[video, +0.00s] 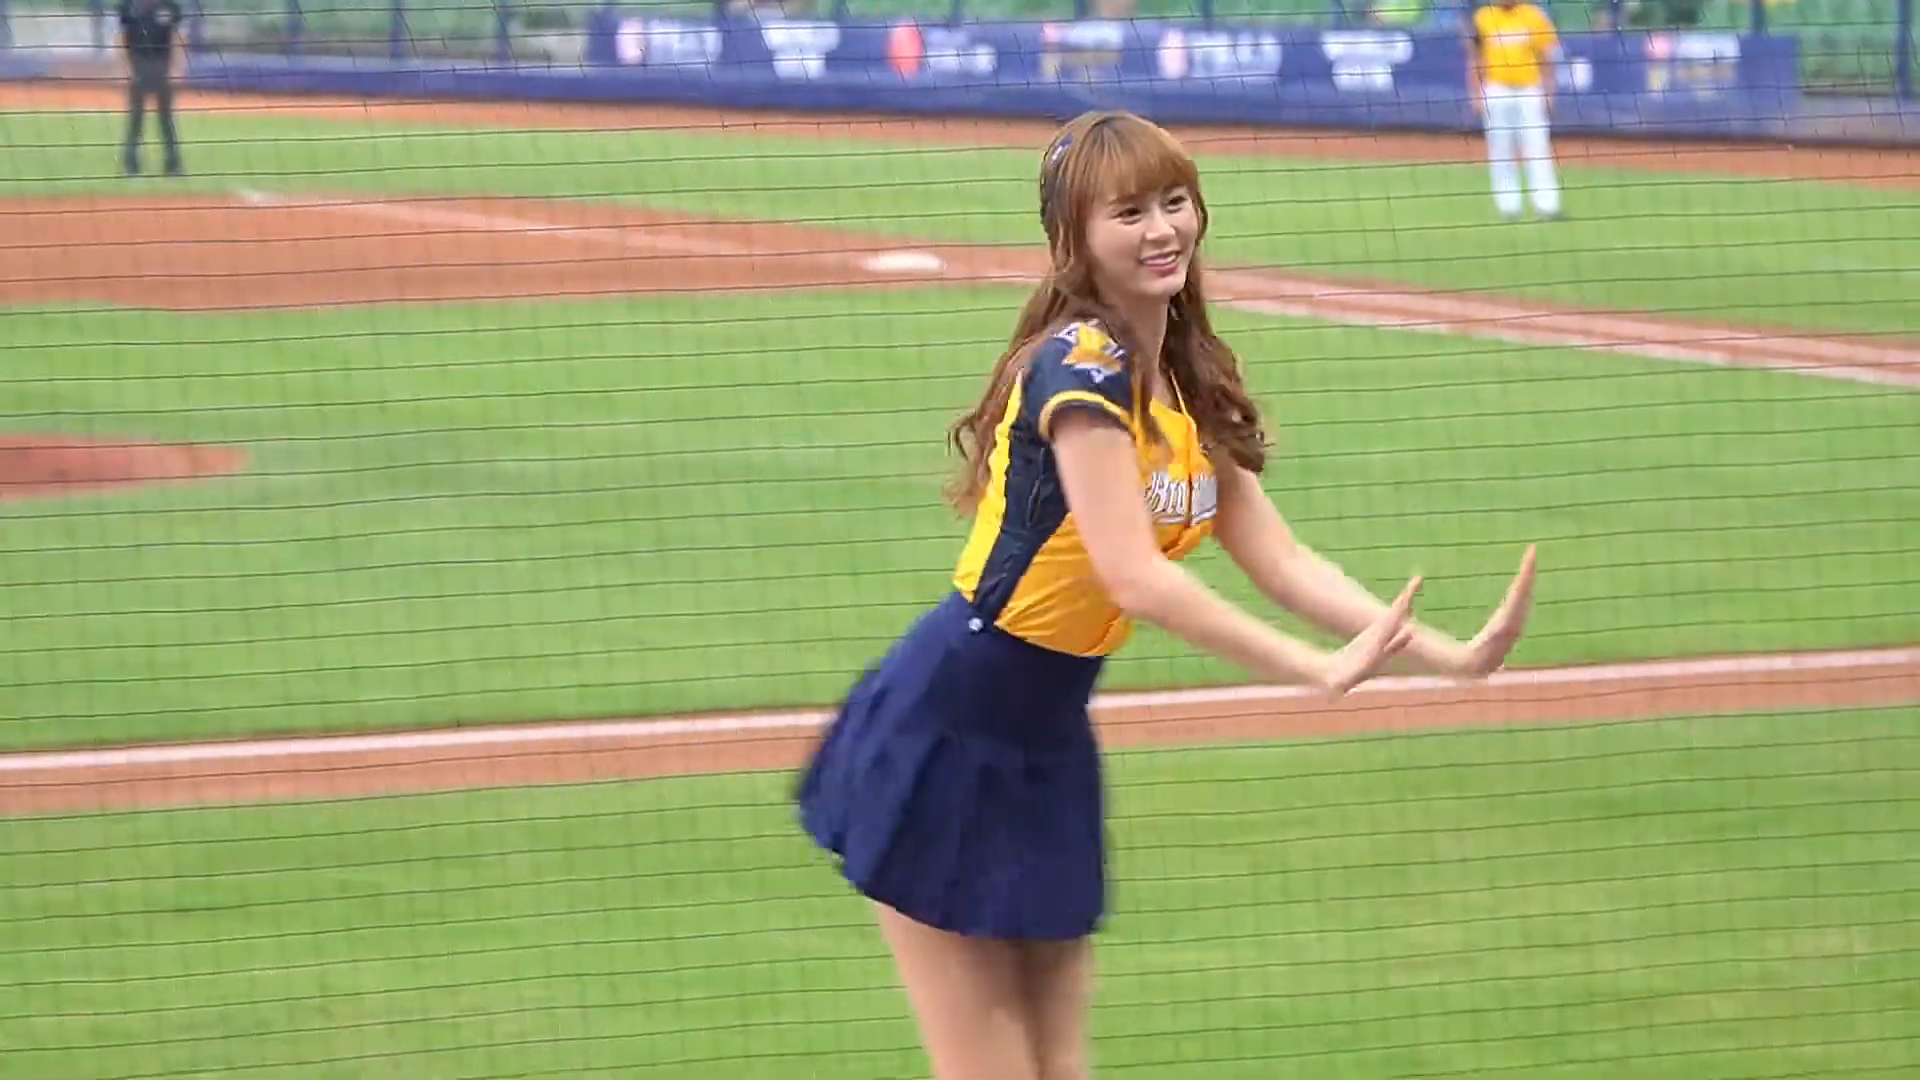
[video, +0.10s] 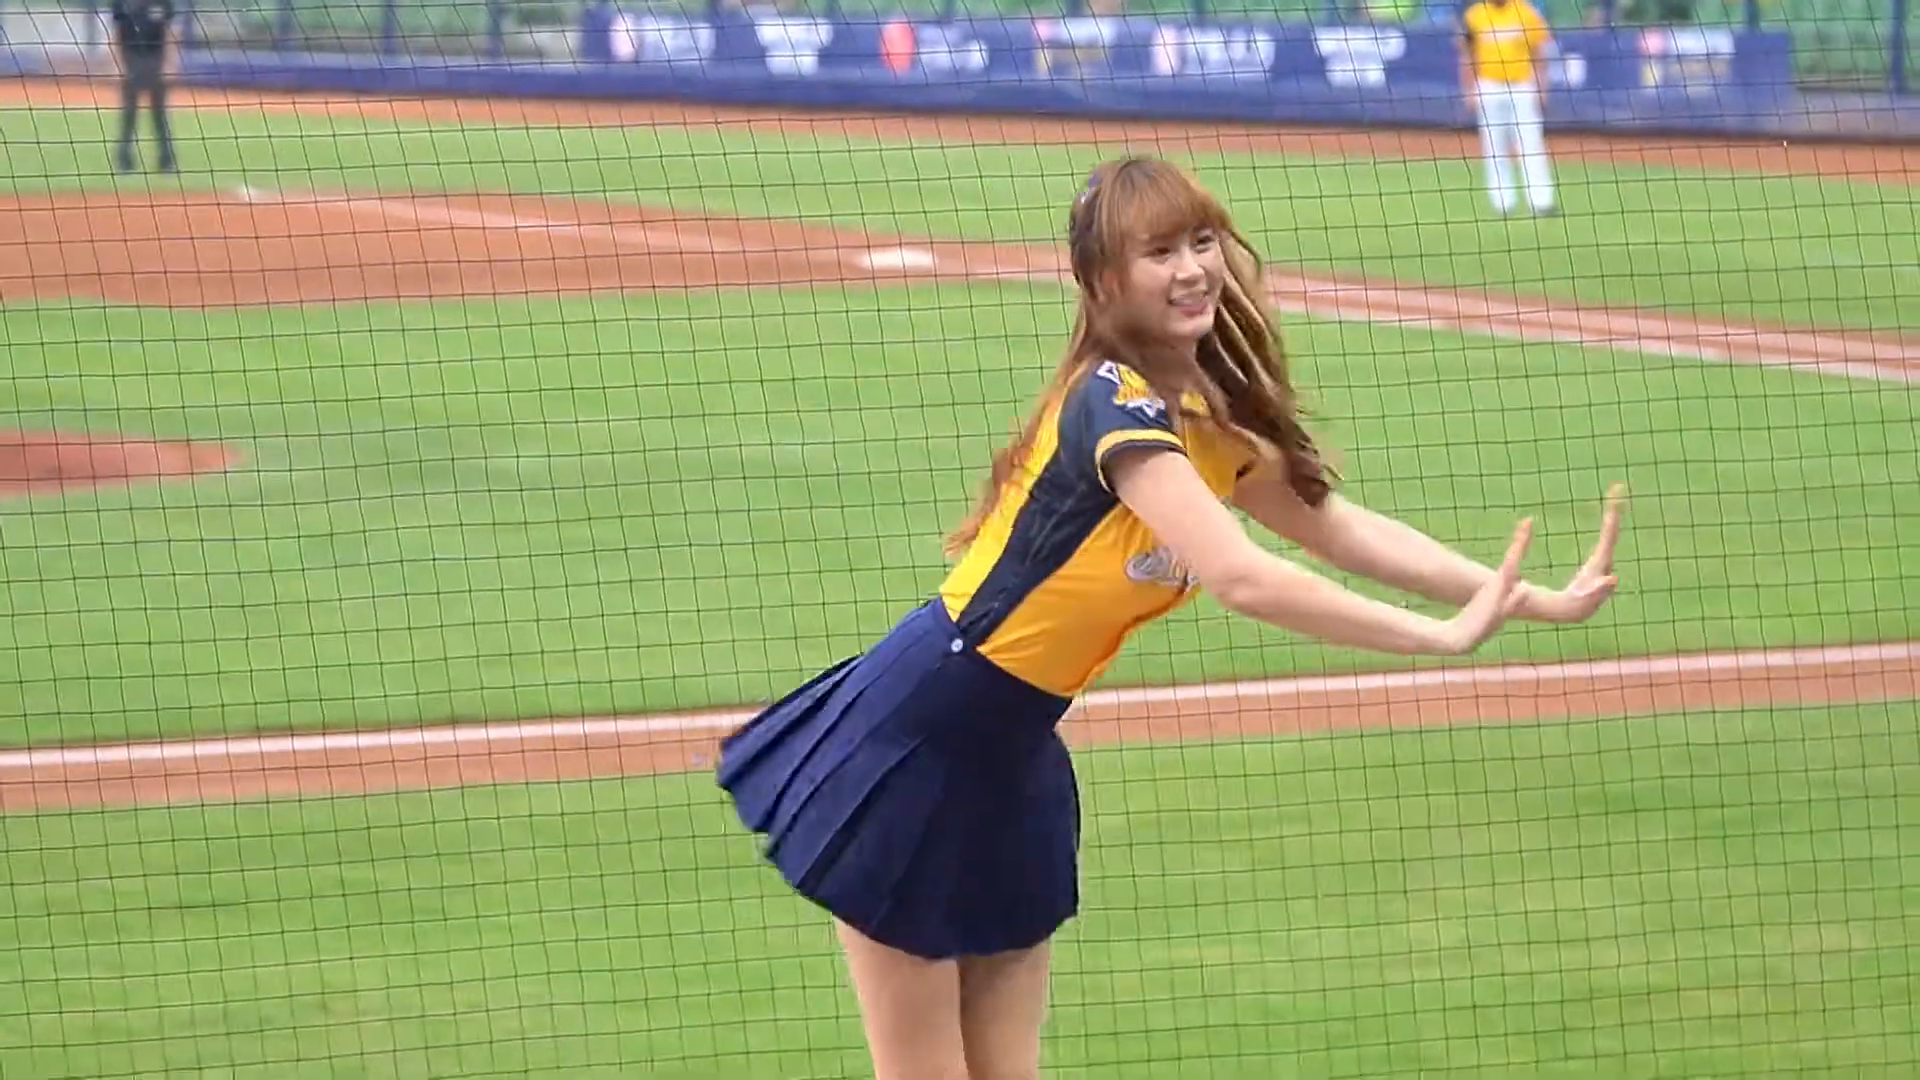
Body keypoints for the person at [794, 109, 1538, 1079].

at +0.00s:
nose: (1162, 227)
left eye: (1175, 201)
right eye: (1128, 211)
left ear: (1198, 216)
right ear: (1074, 238)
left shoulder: (1188, 379)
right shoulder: (1076, 366)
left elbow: (1279, 559)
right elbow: (1131, 575)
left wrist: (1448, 654)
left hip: (1048, 726)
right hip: (947, 721)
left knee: (1055, 1059)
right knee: (985, 1064)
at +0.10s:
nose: (1193, 268)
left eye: (1204, 242)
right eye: (1161, 251)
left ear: (1226, 255)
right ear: (1105, 282)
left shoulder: (1214, 406)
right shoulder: (1112, 401)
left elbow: (1342, 525)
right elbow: (1236, 577)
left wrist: (1525, 595)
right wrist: (1437, 640)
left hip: (1014, 750)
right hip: (914, 740)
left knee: (1006, 1065)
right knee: (923, 1068)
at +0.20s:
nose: (1189, 269)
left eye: (1200, 242)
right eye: (1156, 252)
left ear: (1222, 256)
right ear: (1104, 277)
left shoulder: (1203, 408)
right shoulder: (1101, 395)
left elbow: (1344, 517)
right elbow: (1203, 577)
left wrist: (1535, 587)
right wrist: (1408, 636)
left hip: (1010, 743)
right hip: (909, 732)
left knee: (1013, 1065)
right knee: (921, 1069)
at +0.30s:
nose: (1157, 232)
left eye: (1172, 207)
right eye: (1128, 212)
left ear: (1190, 217)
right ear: (1066, 225)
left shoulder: (1163, 372)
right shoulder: (1034, 356)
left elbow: (1276, 530)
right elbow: (1074, 561)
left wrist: (1422, 622)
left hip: (1045, 727)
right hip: (936, 723)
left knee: (1073, 1063)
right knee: (989, 1064)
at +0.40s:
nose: (1107, 262)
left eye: (1126, 239)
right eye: (1081, 236)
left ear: (1144, 250)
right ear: (1013, 241)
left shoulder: (1130, 377)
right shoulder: (951, 374)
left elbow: (1195, 555)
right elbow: (943, 587)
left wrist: (1270, 670)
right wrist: (1074, 691)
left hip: (1096, 732)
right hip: (973, 735)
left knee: (1136, 1061)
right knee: (1039, 1065)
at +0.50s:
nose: (1079, 275)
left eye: (1095, 252)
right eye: (1053, 250)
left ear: (1112, 258)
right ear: (986, 251)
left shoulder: (1128, 385)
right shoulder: (907, 394)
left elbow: (1172, 561)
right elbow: (892, 590)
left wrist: (1168, 657)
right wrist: (948, 674)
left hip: (1121, 739)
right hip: (981, 745)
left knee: (1146, 1063)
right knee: (1051, 1062)